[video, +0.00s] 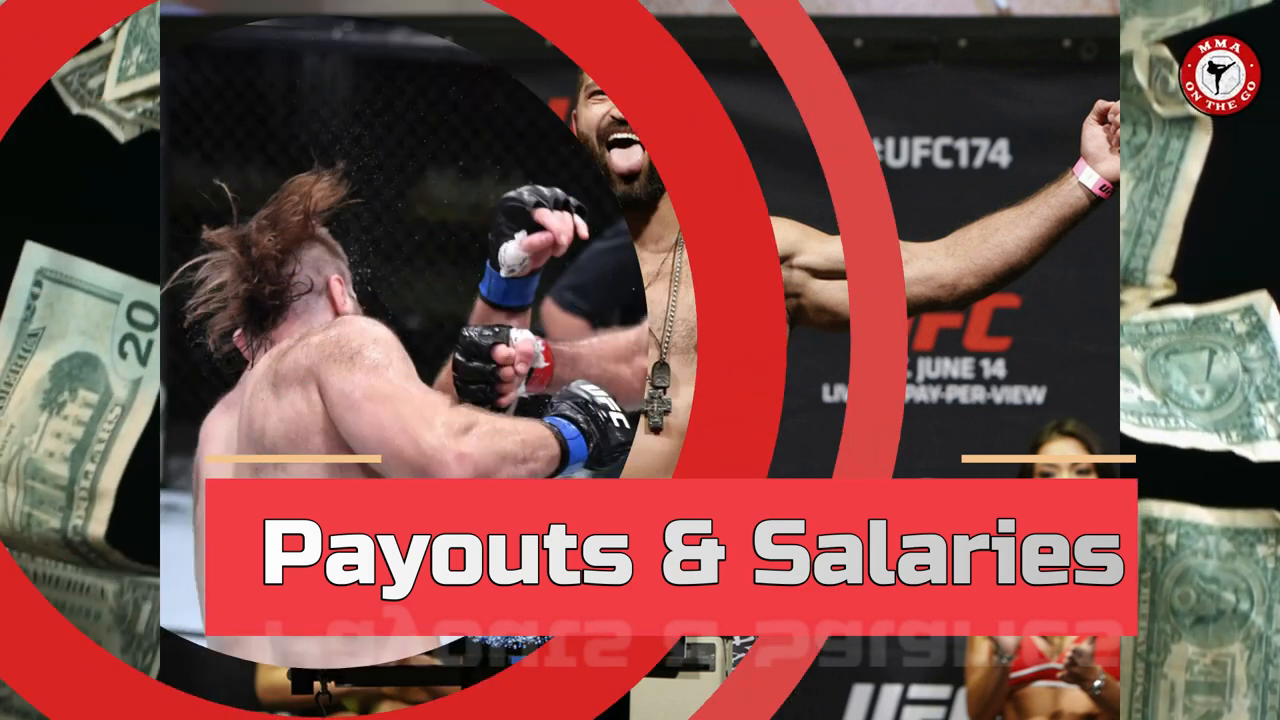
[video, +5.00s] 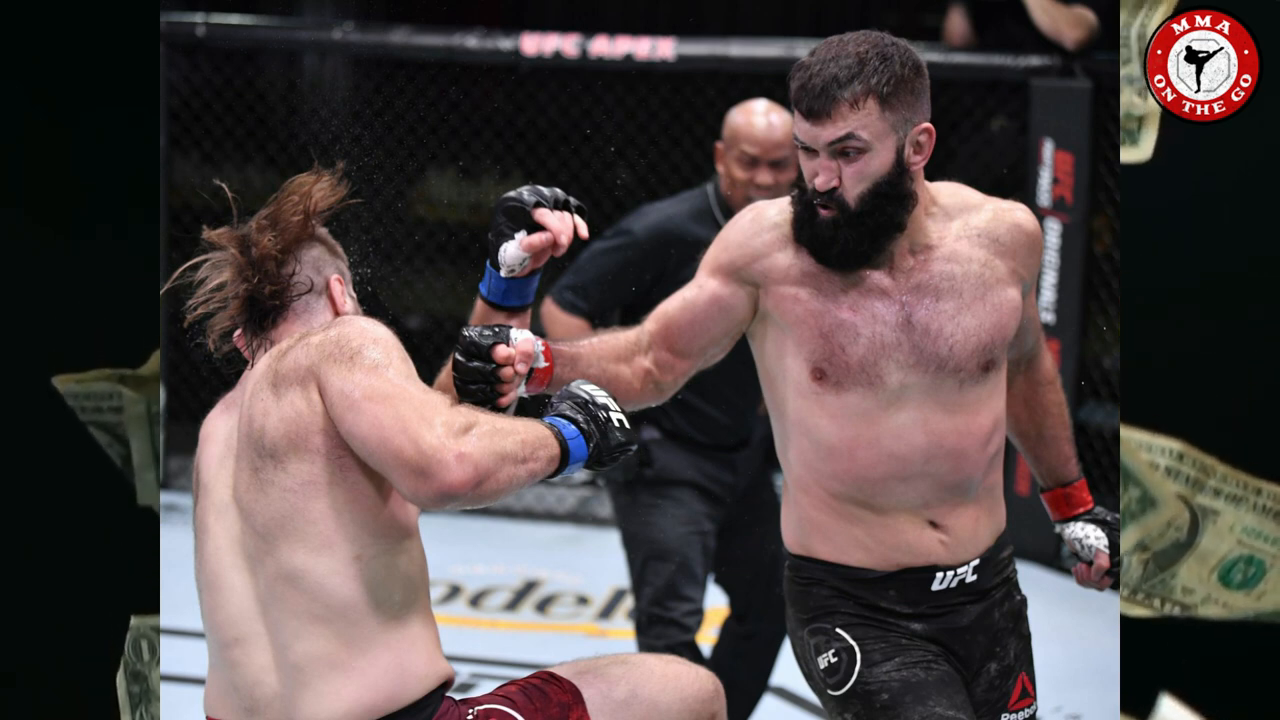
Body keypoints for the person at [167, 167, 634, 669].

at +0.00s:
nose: (360, 310)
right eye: (356, 294)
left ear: (243, 345)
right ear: (338, 294)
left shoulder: (216, 426)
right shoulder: (345, 342)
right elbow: (452, 455)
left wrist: (509, 280)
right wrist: (575, 430)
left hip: (274, 689)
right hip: (407, 673)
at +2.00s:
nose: (364, 309)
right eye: (357, 291)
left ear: (243, 345)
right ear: (340, 290)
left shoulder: (217, 426)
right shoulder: (344, 346)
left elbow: (445, 429)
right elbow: (447, 467)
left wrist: (509, 282)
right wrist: (576, 431)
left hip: (240, 712)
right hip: (397, 708)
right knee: (691, 687)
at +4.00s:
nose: (362, 307)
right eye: (355, 289)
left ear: (243, 345)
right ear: (340, 290)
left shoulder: (217, 427)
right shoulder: (344, 346)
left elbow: (443, 431)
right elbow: (446, 467)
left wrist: (508, 284)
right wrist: (576, 431)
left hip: (239, 713)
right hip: (396, 709)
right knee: (691, 687)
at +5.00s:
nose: (364, 308)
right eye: (356, 292)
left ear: (242, 343)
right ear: (340, 292)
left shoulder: (217, 426)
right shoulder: (344, 346)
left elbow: (443, 428)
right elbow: (447, 467)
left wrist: (508, 283)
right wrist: (576, 431)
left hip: (239, 713)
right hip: (396, 710)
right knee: (692, 688)